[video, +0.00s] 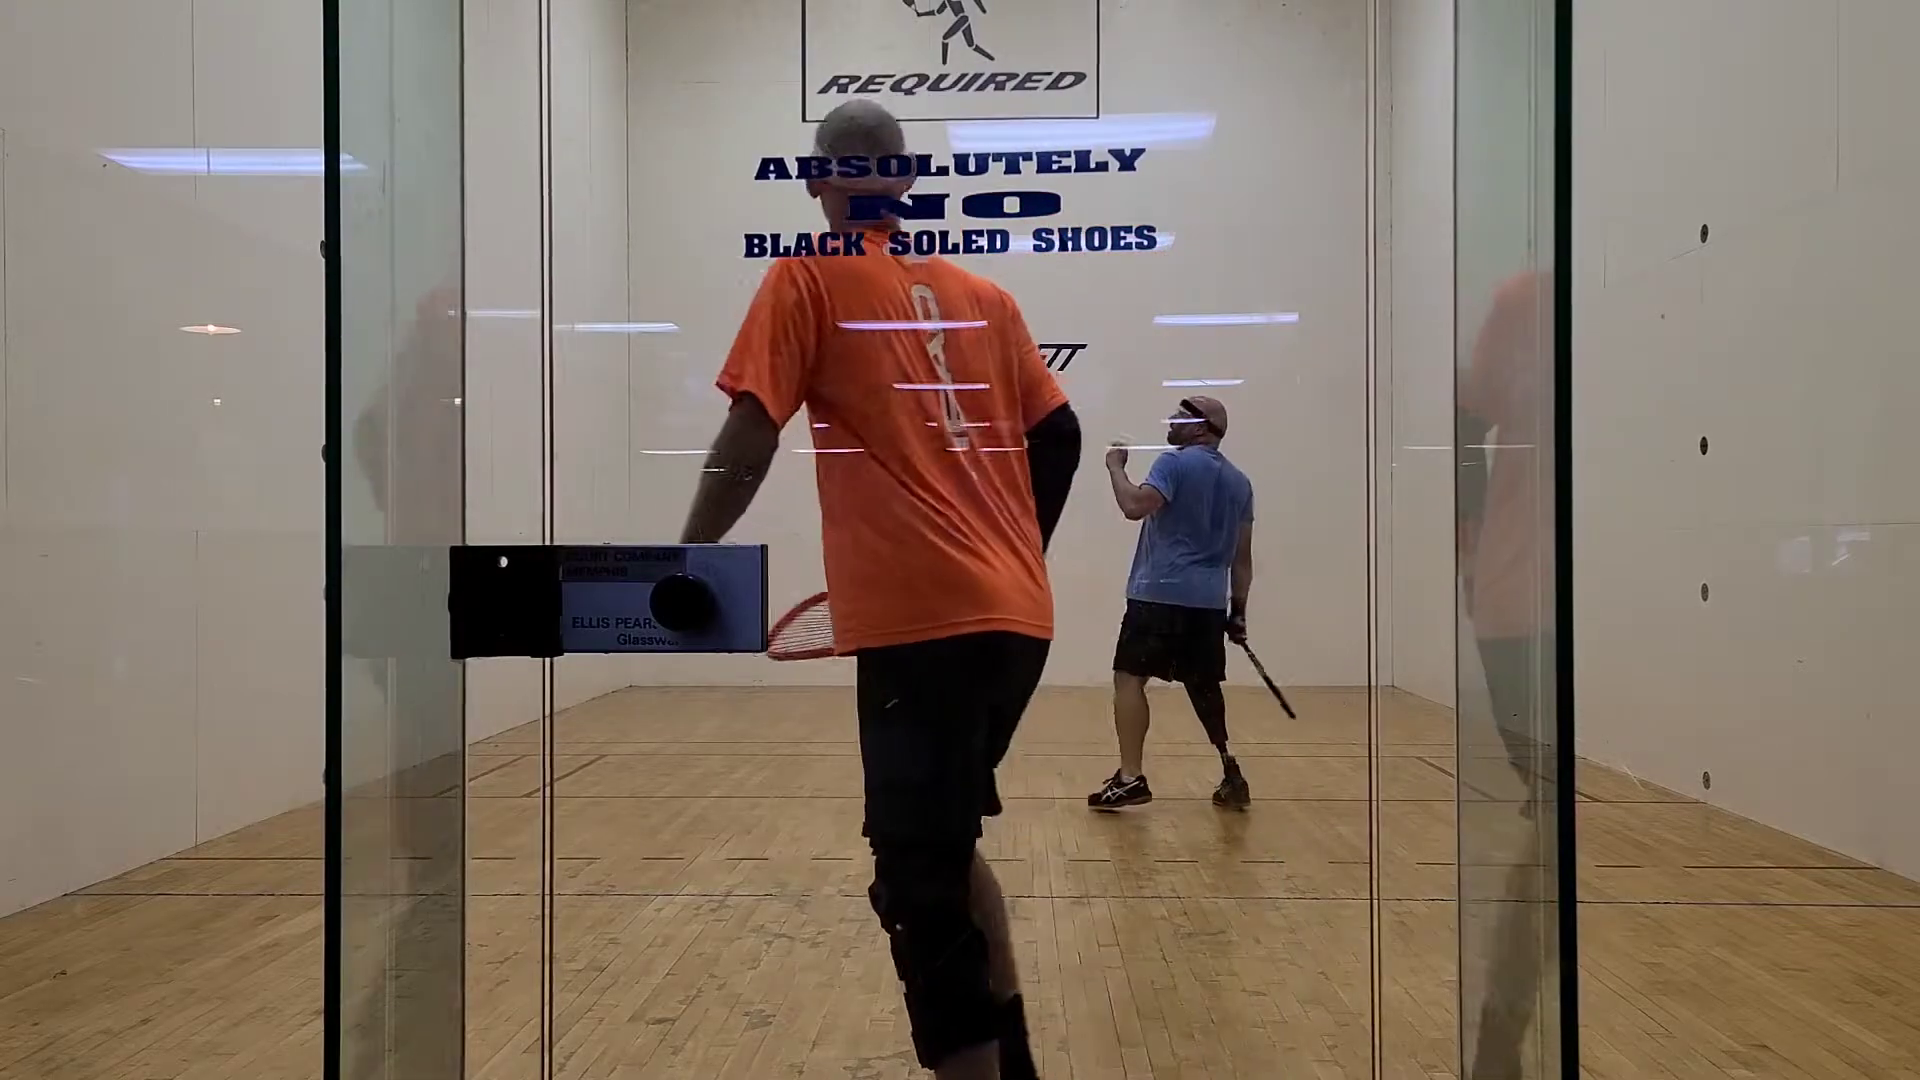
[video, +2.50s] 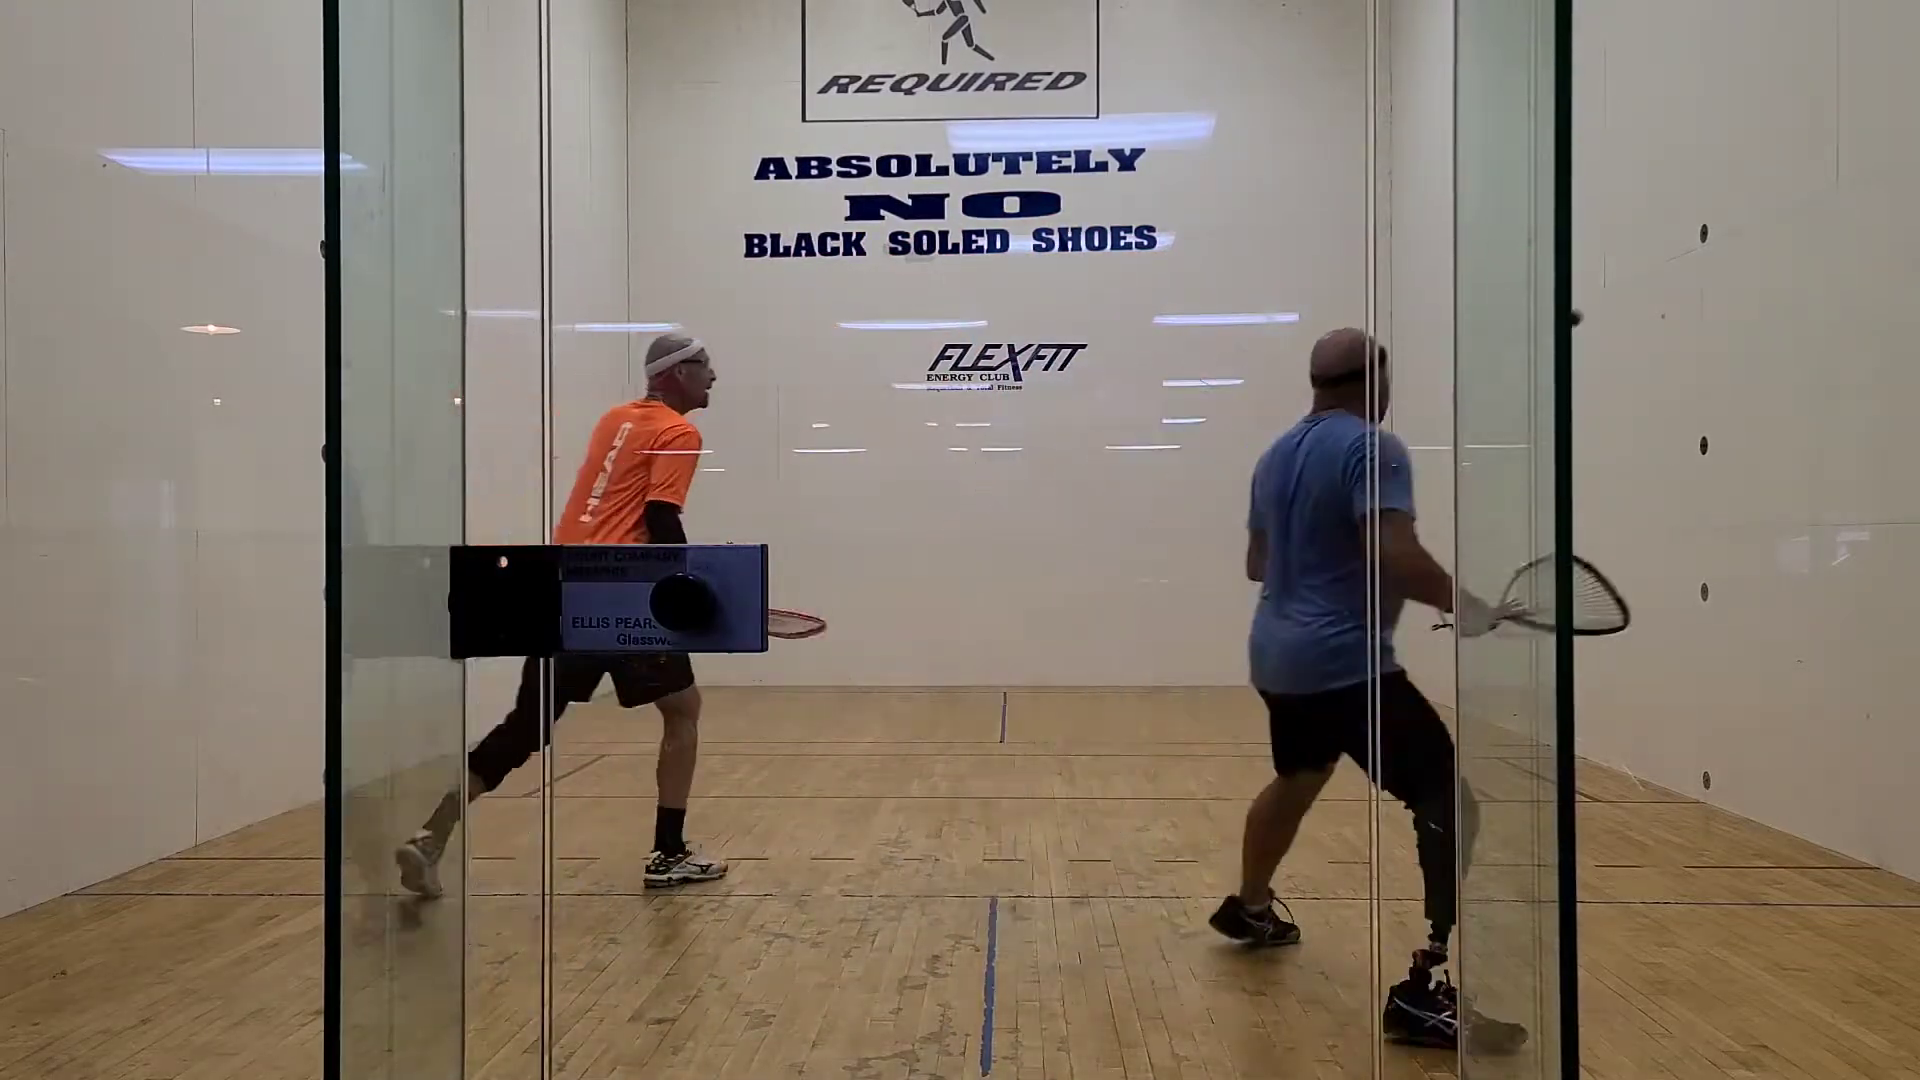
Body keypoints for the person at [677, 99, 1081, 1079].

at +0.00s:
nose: (826, 186)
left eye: (824, 170)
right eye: (837, 168)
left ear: (819, 179)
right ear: (908, 180)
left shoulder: (807, 279)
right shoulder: (982, 293)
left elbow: (745, 444)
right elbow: (1057, 433)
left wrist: (683, 574)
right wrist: (1016, 556)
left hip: (913, 619)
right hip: (1017, 610)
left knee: (916, 882)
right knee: (952, 841)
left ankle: (972, 1067)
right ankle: (1009, 1049)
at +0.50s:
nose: (670, 277)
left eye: (674, 265)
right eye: (675, 264)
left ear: (678, 264)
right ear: (743, 265)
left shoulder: (704, 310)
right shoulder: (758, 336)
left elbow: (702, 398)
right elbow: (738, 493)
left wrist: (595, 508)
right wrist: (620, 485)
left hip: (775, 608)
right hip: (843, 604)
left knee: (683, 797)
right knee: (771, 797)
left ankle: (718, 1032)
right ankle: (892, 981)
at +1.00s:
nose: (644, 304)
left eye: (645, 292)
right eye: (645, 292)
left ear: (612, 285)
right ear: (671, 298)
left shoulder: (564, 327)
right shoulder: (693, 362)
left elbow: (523, 384)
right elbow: (767, 425)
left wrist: (488, 468)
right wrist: (840, 461)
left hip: (574, 576)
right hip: (662, 580)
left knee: (564, 750)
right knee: (650, 742)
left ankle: (633, 902)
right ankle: (683, 920)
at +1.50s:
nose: (606, 334)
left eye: (603, 322)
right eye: (606, 324)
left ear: (551, 315)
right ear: (599, 323)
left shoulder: (497, 362)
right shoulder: (595, 385)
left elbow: (447, 449)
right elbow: (561, 475)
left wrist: (422, 517)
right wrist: (551, 568)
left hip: (475, 568)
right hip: (544, 575)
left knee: (483, 730)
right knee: (560, 725)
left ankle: (473, 900)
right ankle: (537, 869)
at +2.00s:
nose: (575, 346)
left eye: (572, 335)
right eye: (572, 337)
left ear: (515, 339)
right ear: (561, 339)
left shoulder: (472, 390)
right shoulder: (573, 405)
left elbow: (439, 470)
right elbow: (572, 500)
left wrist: (495, 492)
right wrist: (601, 566)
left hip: (468, 578)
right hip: (537, 582)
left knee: (458, 725)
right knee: (529, 739)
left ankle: (405, 867)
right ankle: (497, 879)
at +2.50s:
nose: (713, 377)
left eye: (709, 367)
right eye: (705, 368)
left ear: (661, 378)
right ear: (674, 376)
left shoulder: (614, 418)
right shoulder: (679, 431)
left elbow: (593, 510)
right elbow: (661, 521)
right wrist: (696, 596)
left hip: (567, 591)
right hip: (624, 597)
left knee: (526, 723)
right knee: (683, 710)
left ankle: (429, 839)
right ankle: (669, 853)